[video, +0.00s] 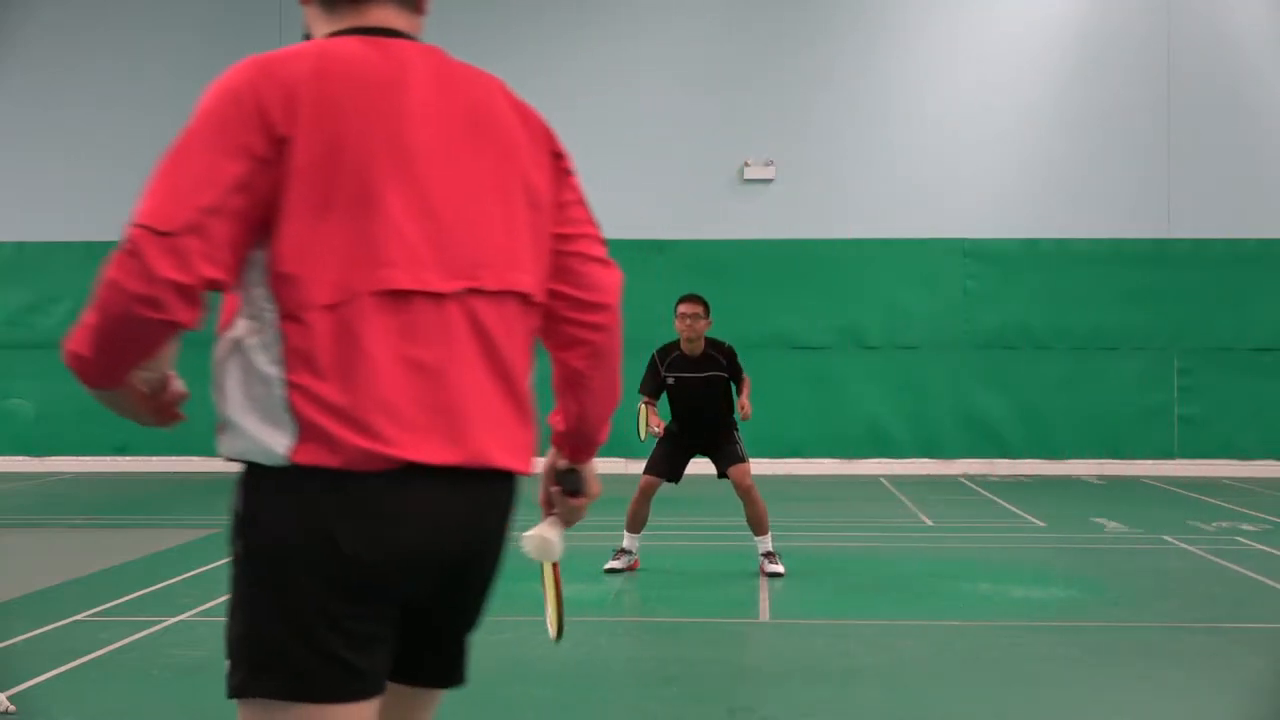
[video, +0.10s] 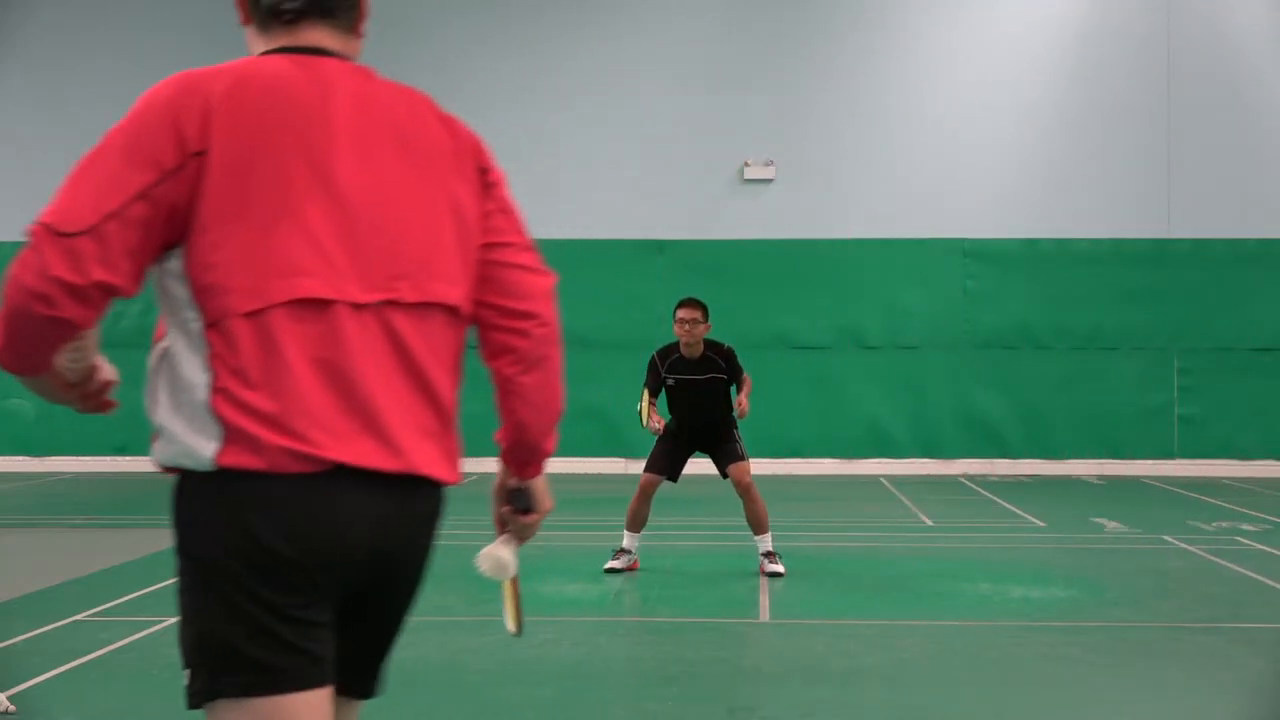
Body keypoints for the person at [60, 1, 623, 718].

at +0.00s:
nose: (304, 18)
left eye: (303, 11)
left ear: (311, 6)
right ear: (422, 10)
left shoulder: (271, 86)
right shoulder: (512, 115)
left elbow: (164, 270)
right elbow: (592, 292)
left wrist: (109, 363)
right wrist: (577, 448)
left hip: (318, 490)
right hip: (472, 496)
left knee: (307, 709)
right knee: (405, 708)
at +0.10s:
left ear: (245, 13)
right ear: (364, 15)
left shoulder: (197, 104)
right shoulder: (447, 135)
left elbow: (42, 286)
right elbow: (527, 307)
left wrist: (60, 365)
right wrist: (526, 460)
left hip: (251, 490)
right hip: (401, 500)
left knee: (279, 707)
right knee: (333, 703)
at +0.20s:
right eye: (321, 25)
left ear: (200, 28)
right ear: (314, 33)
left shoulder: (137, 123)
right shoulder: (386, 162)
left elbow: (9, 243)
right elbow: (464, 330)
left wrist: (14, 351)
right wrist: (460, 483)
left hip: (178, 500)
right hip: (328, 510)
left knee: (207, 704)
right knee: (254, 701)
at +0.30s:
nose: (289, 65)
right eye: (290, 48)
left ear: (170, 37)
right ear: (276, 51)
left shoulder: (88, 122)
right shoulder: (332, 178)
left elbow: (2, 252)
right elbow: (397, 348)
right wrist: (398, 487)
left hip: (108, 496)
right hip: (256, 513)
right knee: (188, 706)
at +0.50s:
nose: (214, 73)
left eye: (219, 54)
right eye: (217, 52)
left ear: (105, 33)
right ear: (184, 44)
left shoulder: (10, 111)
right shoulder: (223, 170)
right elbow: (282, 339)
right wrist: (284, 439)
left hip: (12, 469)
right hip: (147, 482)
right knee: (136, 708)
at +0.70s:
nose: (129, 106)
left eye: (133, 85)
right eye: (131, 82)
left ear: (24, 65)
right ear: (97, 74)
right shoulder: (101, 180)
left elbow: (181, 334)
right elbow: (183, 339)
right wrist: (260, 364)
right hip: (38, 474)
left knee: (71, 703)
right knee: (75, 705)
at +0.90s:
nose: (73, 106)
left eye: (75, 86)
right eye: (74, 86)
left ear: (16, 84)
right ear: (50, 88)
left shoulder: (27, 174)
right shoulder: (31, 172)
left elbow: (64, 314)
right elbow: (70, 316)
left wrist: (186, 370)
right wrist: (189, 369)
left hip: (14, 467)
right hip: (5, 468)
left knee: (31, 678)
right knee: (38, 681)